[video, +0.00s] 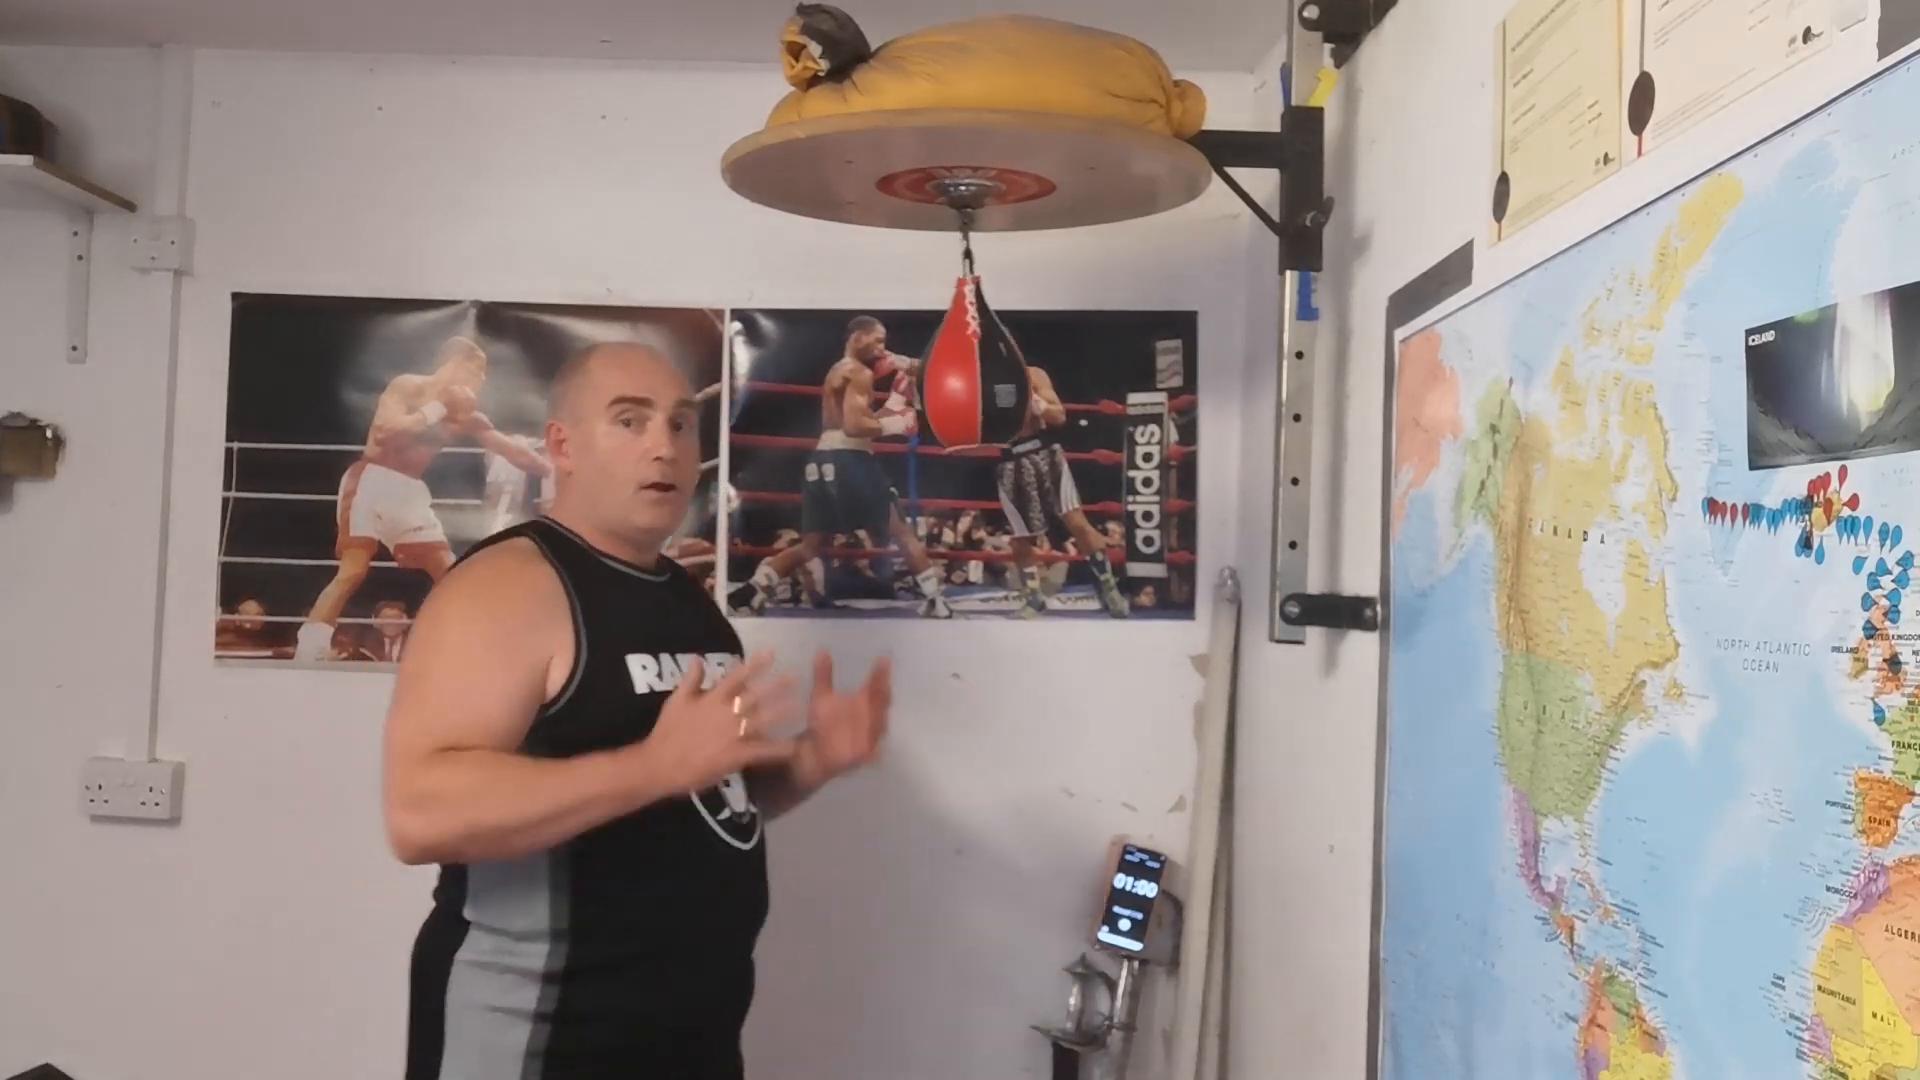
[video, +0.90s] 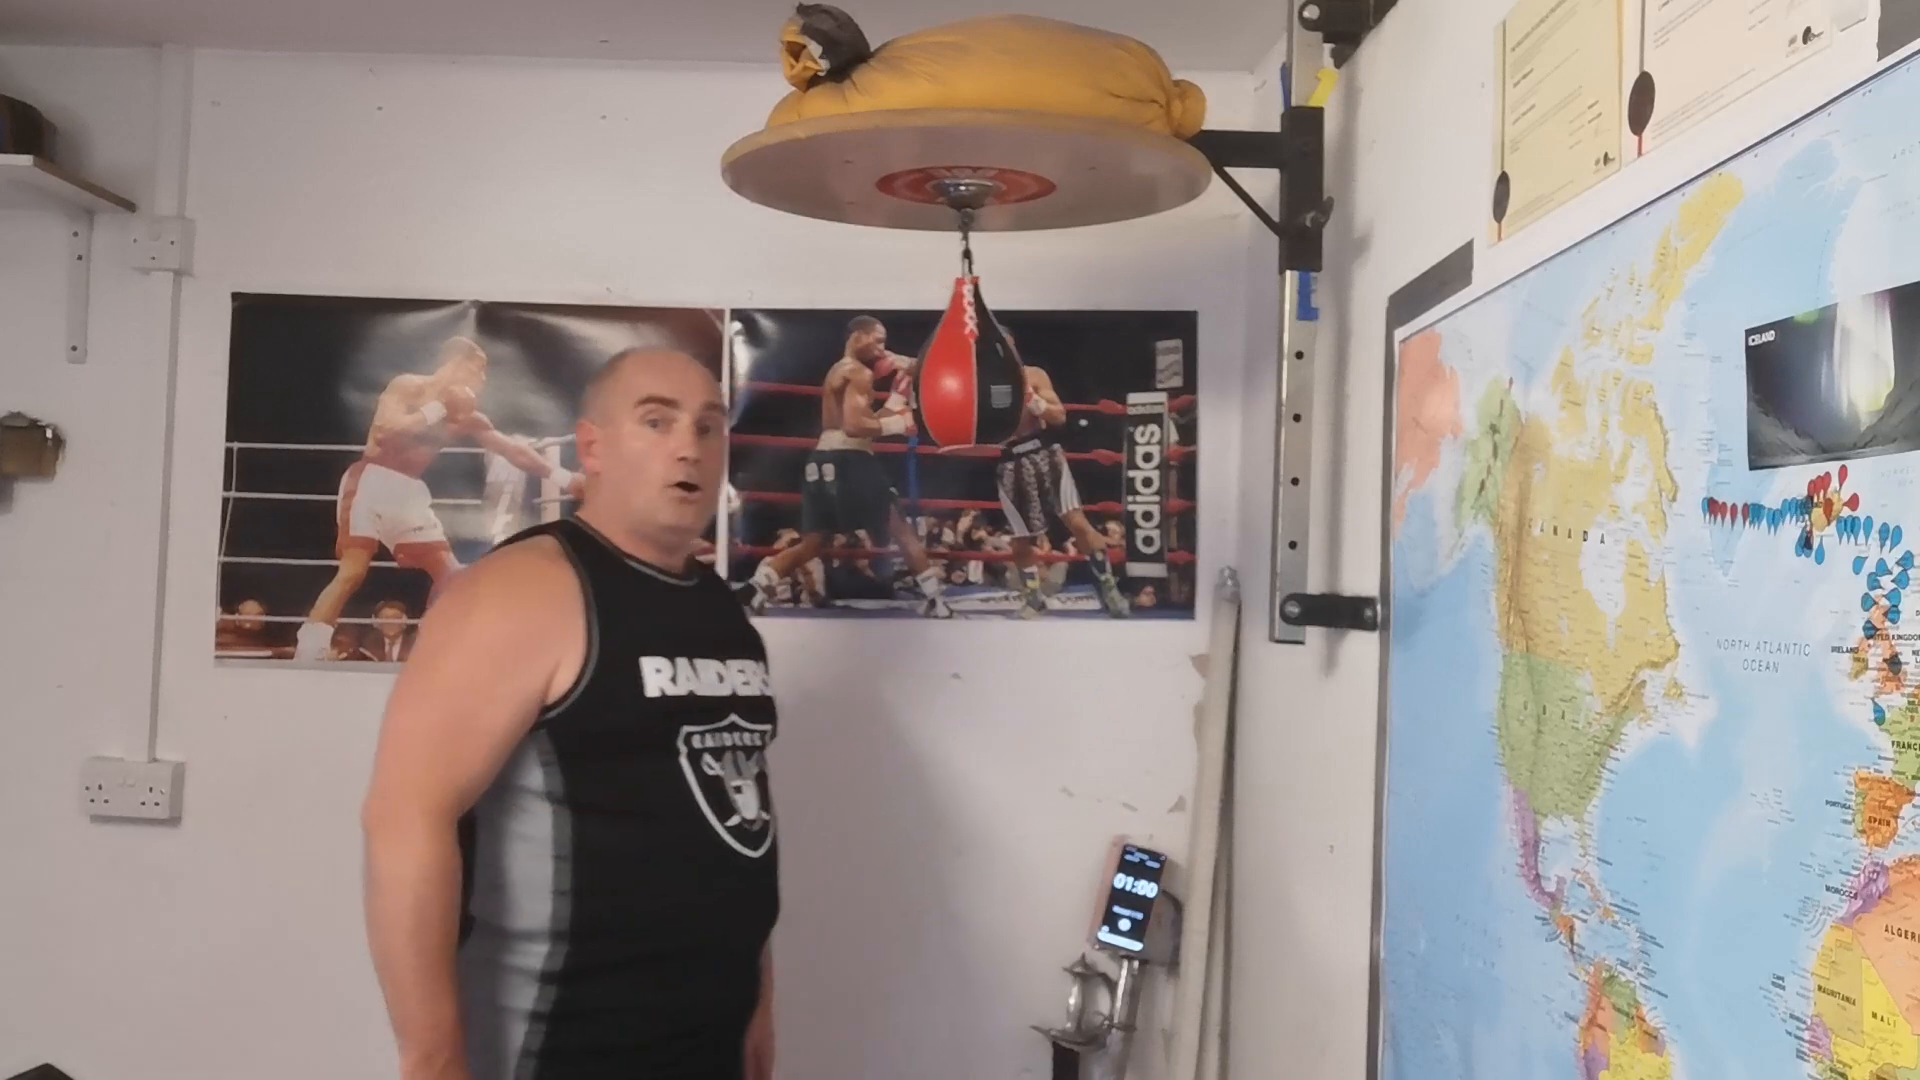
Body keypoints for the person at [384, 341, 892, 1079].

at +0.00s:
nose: (665, 449)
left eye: (681, 425)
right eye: (629, 420)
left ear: (700, 455)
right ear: (560, 446)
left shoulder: (687, 598)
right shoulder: (501, 589)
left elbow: (719, 797)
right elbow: (422, 809)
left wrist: (807, 763)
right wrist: (658, 765)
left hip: (691, 1023)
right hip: (535, 1029)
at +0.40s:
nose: (730, 456)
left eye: (748, 433)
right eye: (699, 427)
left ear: (767, 458)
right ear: (636, 446)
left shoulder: (755, 599)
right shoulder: (569, 586)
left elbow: (780, 760)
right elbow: (492, 794)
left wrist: (871, 815)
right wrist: (716, 830)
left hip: (732, 1007)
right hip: (583, 1009)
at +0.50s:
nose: (740, 456)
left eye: (758, 436)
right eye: (709, 427)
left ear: (776, 460)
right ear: (645, 448)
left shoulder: (764, 604)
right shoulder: (579, 581)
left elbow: (801, 782)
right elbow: (493, 790)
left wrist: (876, 890)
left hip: (730, 1006)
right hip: (586, 1001)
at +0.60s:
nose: (741, 449)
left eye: (759, 431)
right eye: (710, 423)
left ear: (776, 461)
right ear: (646, 447)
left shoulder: (764, 606)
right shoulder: (580, 581)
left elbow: (808, 796)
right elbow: (495, 800)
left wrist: (844, 957)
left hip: (736, 1012)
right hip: (592, 1017)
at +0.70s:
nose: (734, 444)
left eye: (752, 426)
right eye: (701, 420)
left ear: (768, 455)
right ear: (637, 446)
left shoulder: (760, 610)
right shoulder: (571, 583)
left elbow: (790, 804)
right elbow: (473, 802)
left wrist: (798, 995)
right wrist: (498, 1044)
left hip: (738, 1033)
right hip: (592, 1037)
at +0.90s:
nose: (691, 447)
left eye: (709, 426)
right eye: (656, 419)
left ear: (724, 453)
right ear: (590, 446)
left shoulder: (720, 610)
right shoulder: (520, 591)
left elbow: (737, 827)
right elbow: (404, 816)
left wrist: (753, 1014)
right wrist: (432, 1056)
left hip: (708, 1046)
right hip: (554, 1047)